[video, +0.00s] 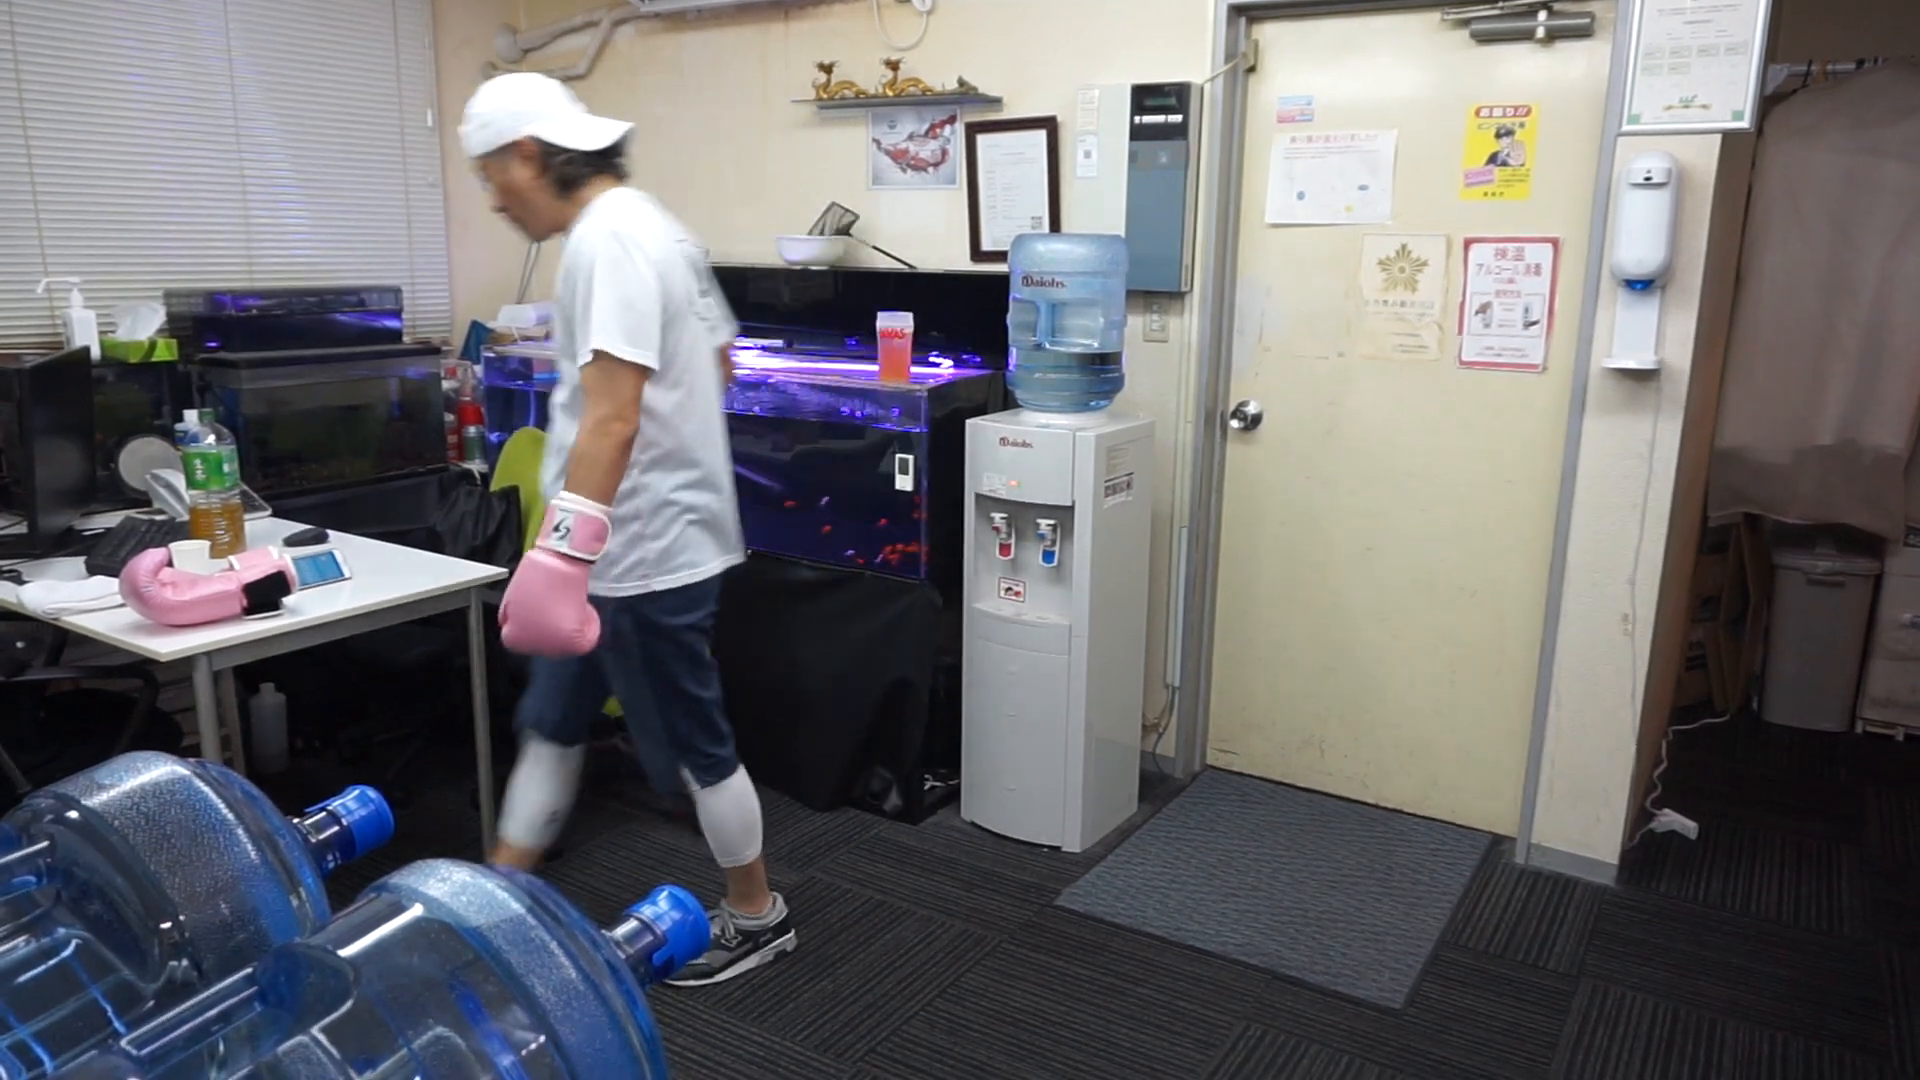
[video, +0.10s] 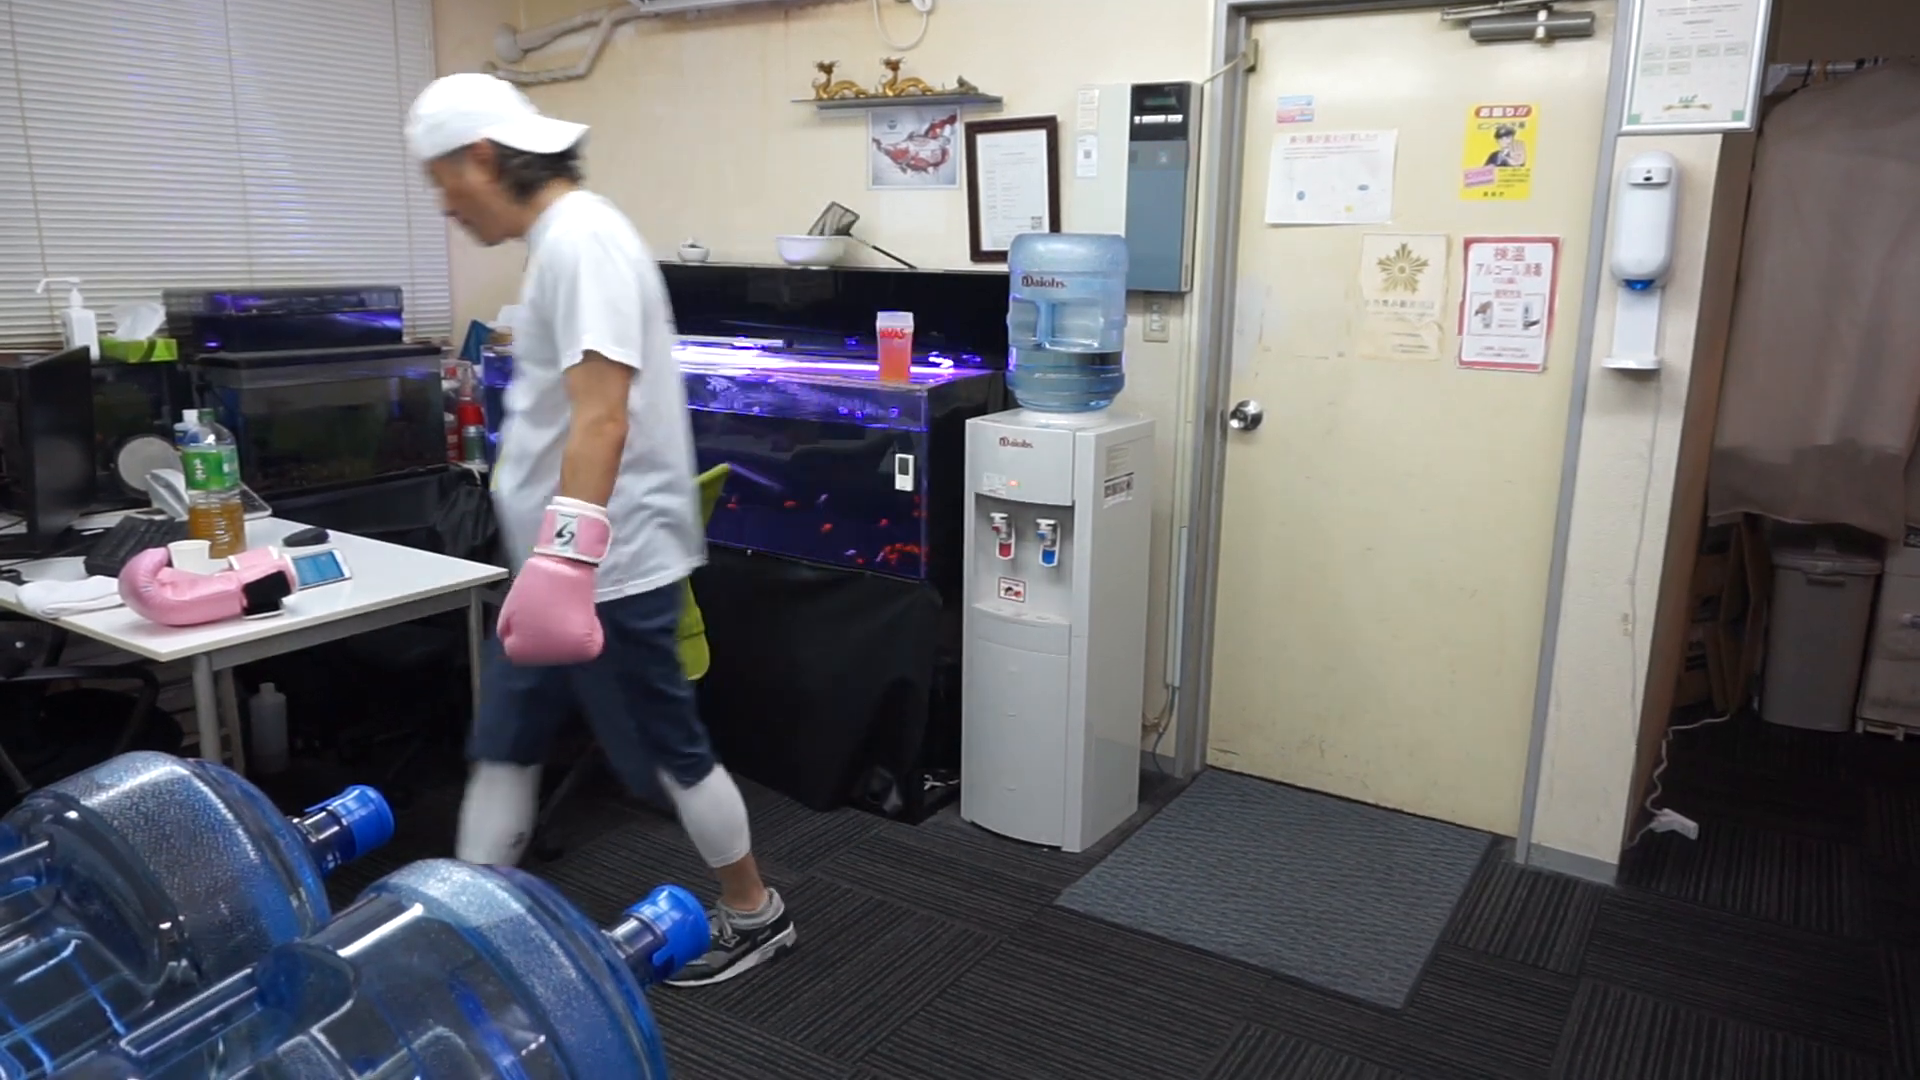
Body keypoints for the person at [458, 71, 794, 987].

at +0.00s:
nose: (493, 198)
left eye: (494, 175)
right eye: (485, 181)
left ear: (537, 154)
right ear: (554, 156)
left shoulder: (609, 241)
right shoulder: (649, 227)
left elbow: (613, 418)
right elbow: (716, 356)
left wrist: (563, 552)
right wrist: (647, 451)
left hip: (648, 557)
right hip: (623, 552)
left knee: (698, 745)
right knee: (550, 724)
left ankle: (756, 911)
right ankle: (496, 903)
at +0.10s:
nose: (447, 207)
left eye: (445, 183)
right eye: (437, 189)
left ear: (488, 158)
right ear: (493, 158)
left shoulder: (583, 241)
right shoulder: (559, 243)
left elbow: (601, 417)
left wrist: (566, 558)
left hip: (617, 570)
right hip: (558, 566)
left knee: (674, 751)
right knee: (503, 750)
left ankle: (751, 906)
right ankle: (469, 931)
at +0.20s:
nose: (390, 203)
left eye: (390, 178)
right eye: (382, 183)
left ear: (438, 153)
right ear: (441, 156)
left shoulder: (549, 237)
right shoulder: (503, 243)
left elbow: (586, 402)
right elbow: (522, 402)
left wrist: (571, 548)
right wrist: (451, 470)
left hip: (554, 571)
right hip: (487, 569)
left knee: (611, 756)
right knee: (457, 760)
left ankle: (743, 904)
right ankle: (453, 941)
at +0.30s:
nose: (334, 194)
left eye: (335, 168)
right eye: (326, 173)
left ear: (388, 143)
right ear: (389, 148)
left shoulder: (511, 227)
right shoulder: (443, 246)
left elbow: (567, 383)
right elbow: (460, 406)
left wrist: (573, 531)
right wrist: (370, 464)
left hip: (500, 581)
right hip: (431, 581)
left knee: (516, 792)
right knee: (429, 789)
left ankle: (688, 878)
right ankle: (455, 963)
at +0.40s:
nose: (284, 182)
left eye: (288, 156)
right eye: (277, 164)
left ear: (351, 130)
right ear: (341, 139)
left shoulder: (478, 218)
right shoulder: (375, 247)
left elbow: (551, 372)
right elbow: (375, 386)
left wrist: (561, 518)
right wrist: (300, 474)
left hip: (458, 578)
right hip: (387, 577)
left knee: (421, 803)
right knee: (413, 798)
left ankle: (588, 887)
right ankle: (457, 974)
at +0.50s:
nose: (241, 176)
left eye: (248, 150)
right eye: (231, 157)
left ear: (318, 125)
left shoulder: (450, 217)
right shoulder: (315, 244)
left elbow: (529, 373)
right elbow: (315, 387)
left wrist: (542, 512)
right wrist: (256, 497)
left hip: (426, 574)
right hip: (347, 577)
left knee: (339, 809)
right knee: (419, 793)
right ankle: (459, 973)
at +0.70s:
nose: (146, 175)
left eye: (162, 146)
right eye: (136, 152)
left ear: (241, 131)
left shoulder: (366, 233)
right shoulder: (222, 247)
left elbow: (447, 391)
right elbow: (255, 419)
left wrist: (484, 549)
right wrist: (216, 552)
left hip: (354, 607)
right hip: (272, 604)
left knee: (286, 836)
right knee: (372, 793)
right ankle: (448, 938)